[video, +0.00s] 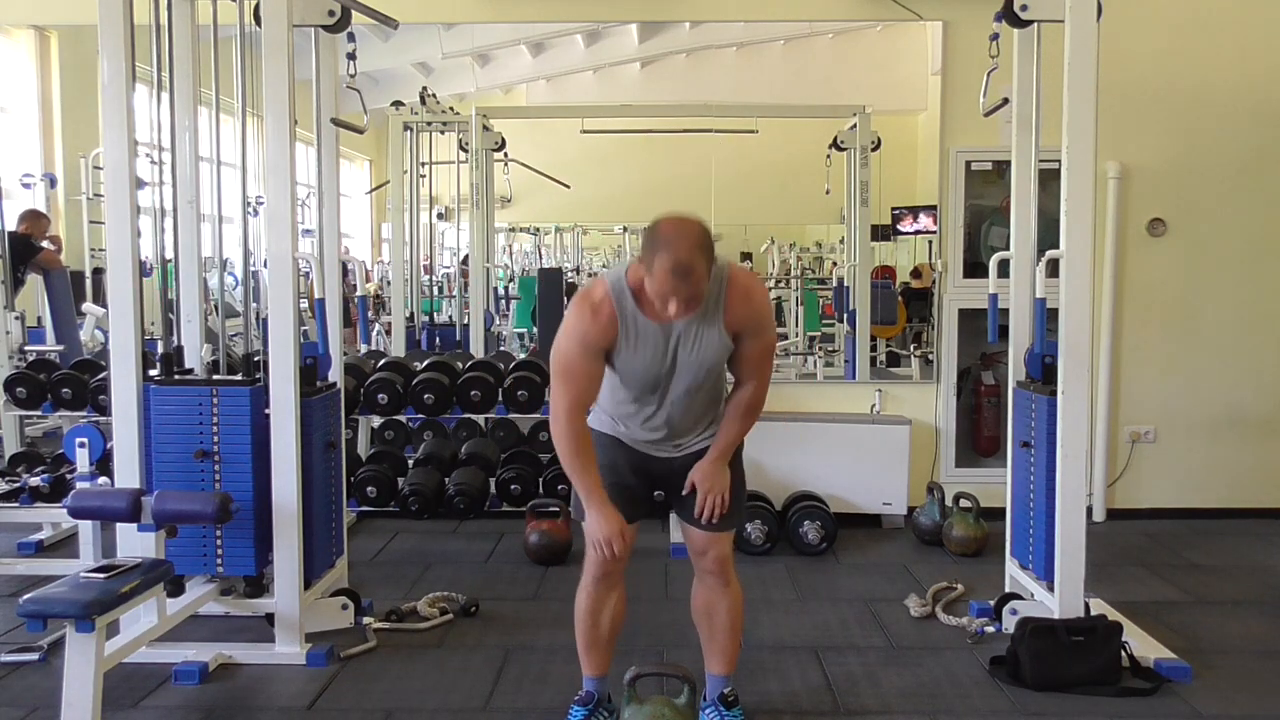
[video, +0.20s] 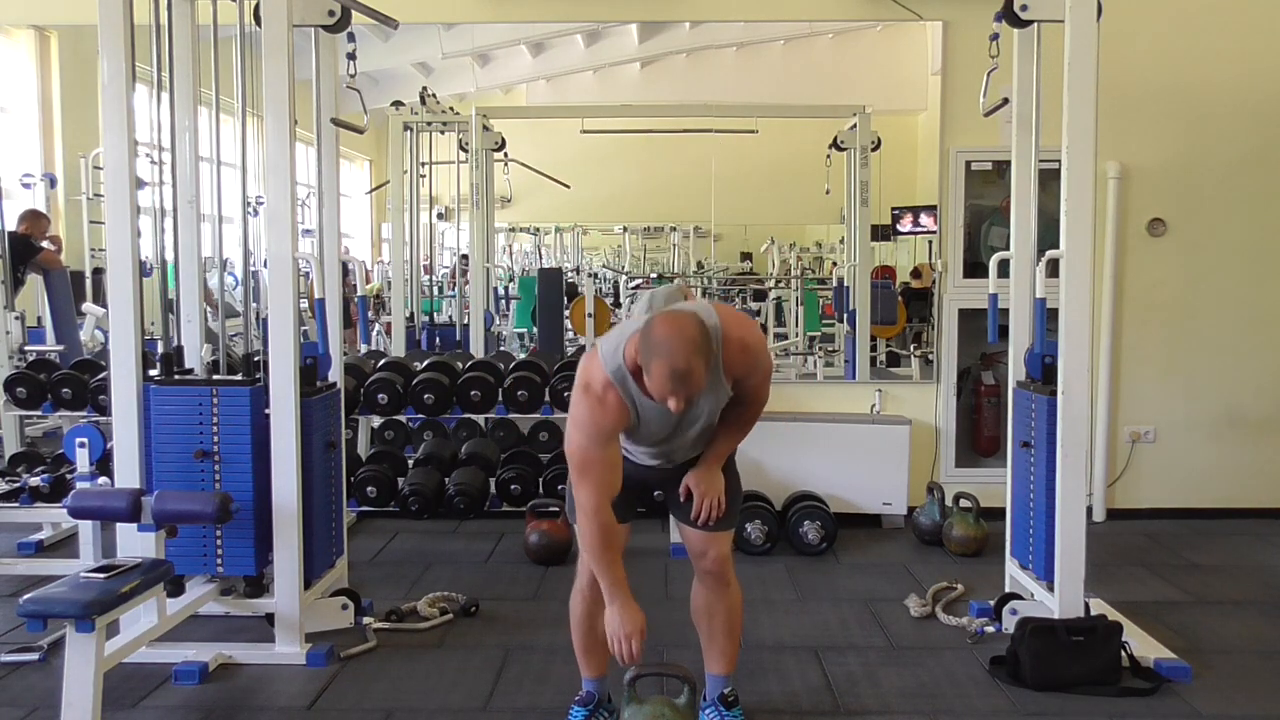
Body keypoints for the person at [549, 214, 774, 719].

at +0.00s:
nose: (676, 312)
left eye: (688, 300)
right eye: (665, 299)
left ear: (711, 272)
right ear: (641, 272)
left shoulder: (745, 296)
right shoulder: (597, 307)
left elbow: (752, 386)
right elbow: (565, 412)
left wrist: (718, 457)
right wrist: (596, 505)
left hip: (705, 441)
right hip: (618, 437)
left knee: (715, 560)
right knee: (605, 558)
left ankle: (718, 699)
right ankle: (592, 696)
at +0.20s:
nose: (677, 406)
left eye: (688, 395)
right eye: (664, 397)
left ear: (710, 360)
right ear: (637, 363)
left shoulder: (744, 345)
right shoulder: (599, 385)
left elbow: (750, 401)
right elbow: (593, 504)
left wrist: (713, 463)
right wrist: (617, 600)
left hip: (702, 456)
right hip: (621, 455)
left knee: (715, 563)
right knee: (594, 568)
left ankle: (719, 697)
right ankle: (593, 695)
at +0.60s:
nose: (693, 447)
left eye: (705, 435)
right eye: (681, 436)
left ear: (729, 394)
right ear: (653, 407)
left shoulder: (757, 372)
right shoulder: (619, 436)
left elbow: (762, 414)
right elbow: (610, 552)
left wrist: (719, 464)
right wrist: (635, 641)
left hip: (708, 462)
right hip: (618, 458)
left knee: (719, 564)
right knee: (597, 570)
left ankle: (719, 698)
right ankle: (591, 696)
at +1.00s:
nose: (713, 364)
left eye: (727, 352)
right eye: (702, 351)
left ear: (746, 326)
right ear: (679, 324)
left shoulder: (773, 336)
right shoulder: (632, 367)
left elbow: (776, 403)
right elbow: (607, 472)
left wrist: (737, 465)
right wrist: (648, 555)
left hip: (717, 454)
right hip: (635, 454)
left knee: (727, 566)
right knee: (608, 564)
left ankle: (719, 699)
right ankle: (593, 696)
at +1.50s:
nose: (708, 177)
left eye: (722, 166)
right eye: (697, 164)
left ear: (739, 174)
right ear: (677, 168)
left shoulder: (766, 260)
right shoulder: (626, 249)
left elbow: (782, 351)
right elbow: (587, 330)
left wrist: (724, 414)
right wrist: (637, 394)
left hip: (721, 439)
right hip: (629, 430)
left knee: (720, 562)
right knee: (611, 557)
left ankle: (720, 700)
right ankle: (591, 690)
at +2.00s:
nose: (616, 165)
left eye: (628, 155)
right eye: (604, 156)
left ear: (646, 166)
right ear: (586, 169)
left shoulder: (688, 245)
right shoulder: (553, 256)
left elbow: (721, 327)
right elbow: (535, 346)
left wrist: (680, 392)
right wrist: (592, 409)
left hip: (680, 427)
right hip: (589, 430)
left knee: (699, 552)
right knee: (593, 557)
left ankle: (719, 692)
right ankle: (596, 692)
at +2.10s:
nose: (614, 165)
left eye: (624, 155)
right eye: (602, 156)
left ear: (644, 166)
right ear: (584, 169)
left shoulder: (687, 244)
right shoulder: (552, 257)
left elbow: (719, 327)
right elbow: (535, 347)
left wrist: (680, 393)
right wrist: (593, 408)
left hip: (680, 426)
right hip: (589, 430)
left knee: (699, 550)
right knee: (593, 557)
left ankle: (715, 686)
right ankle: (596, 692)